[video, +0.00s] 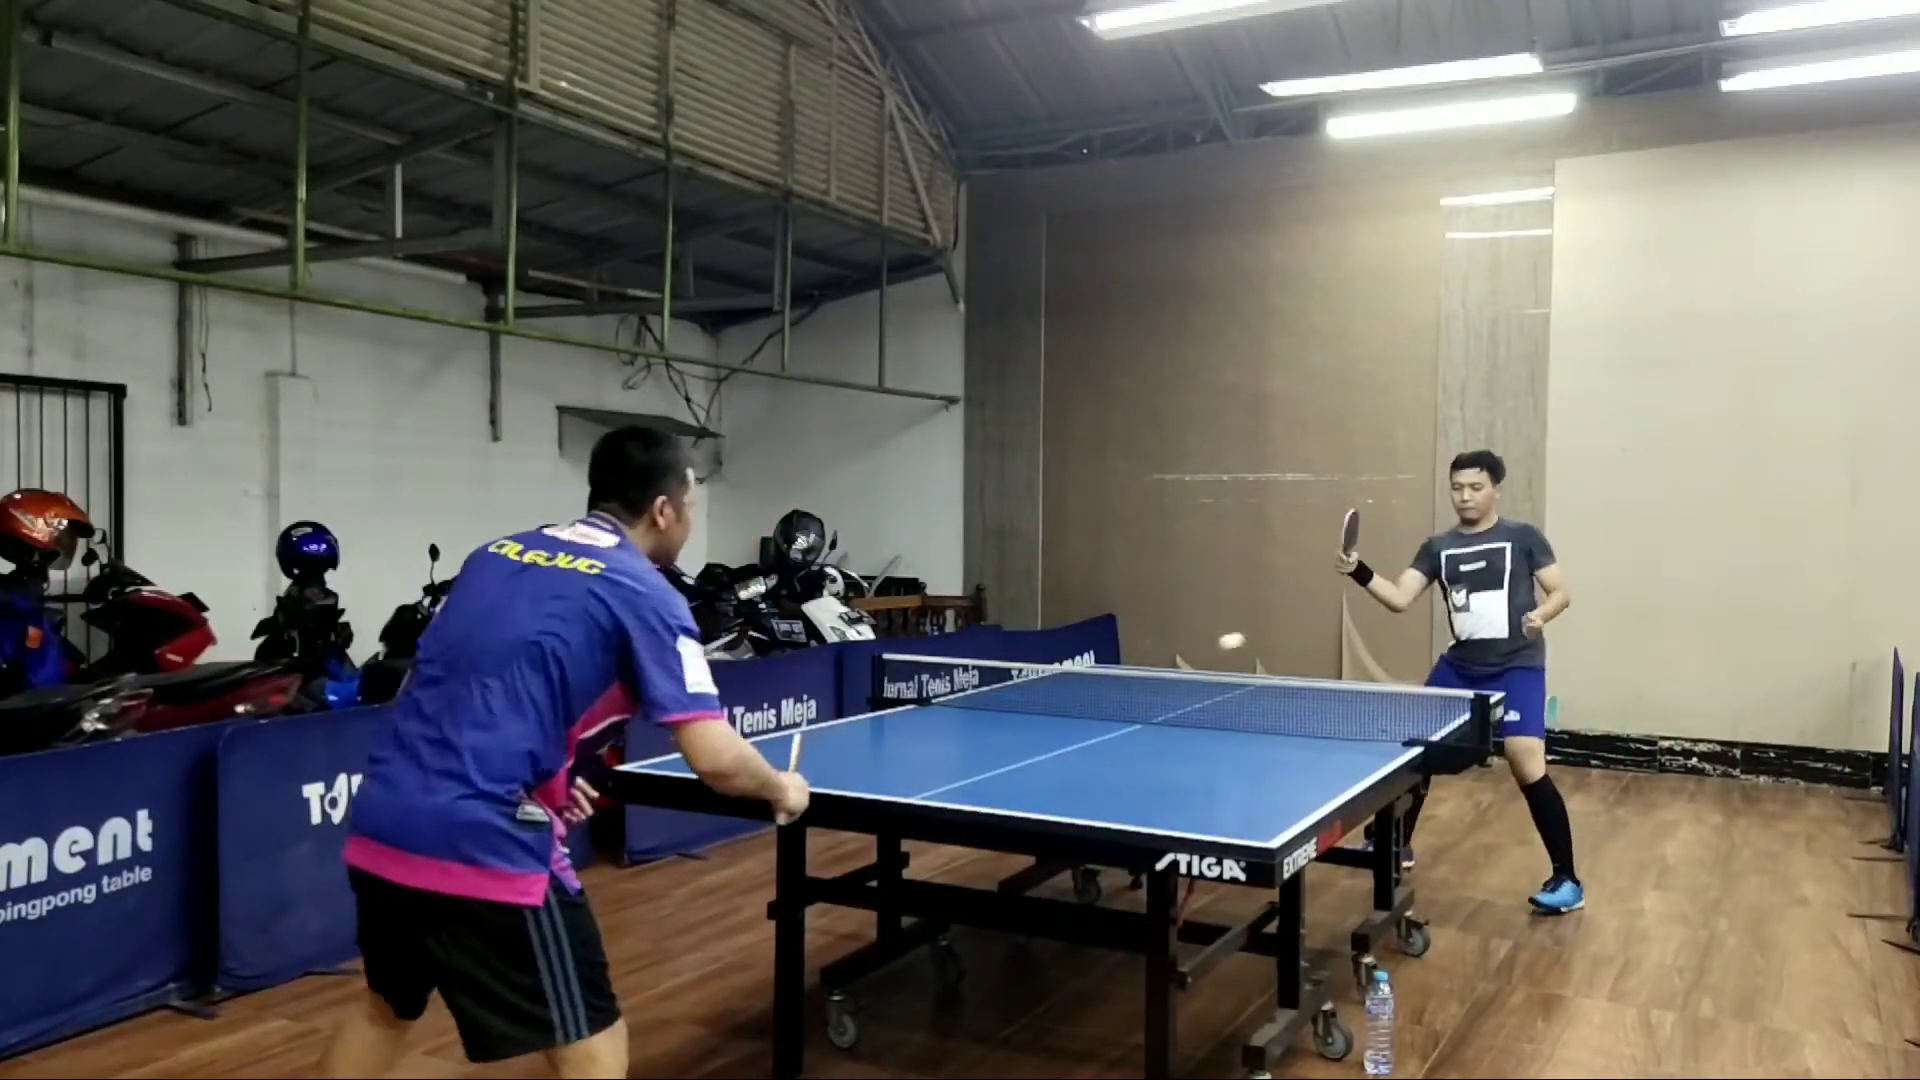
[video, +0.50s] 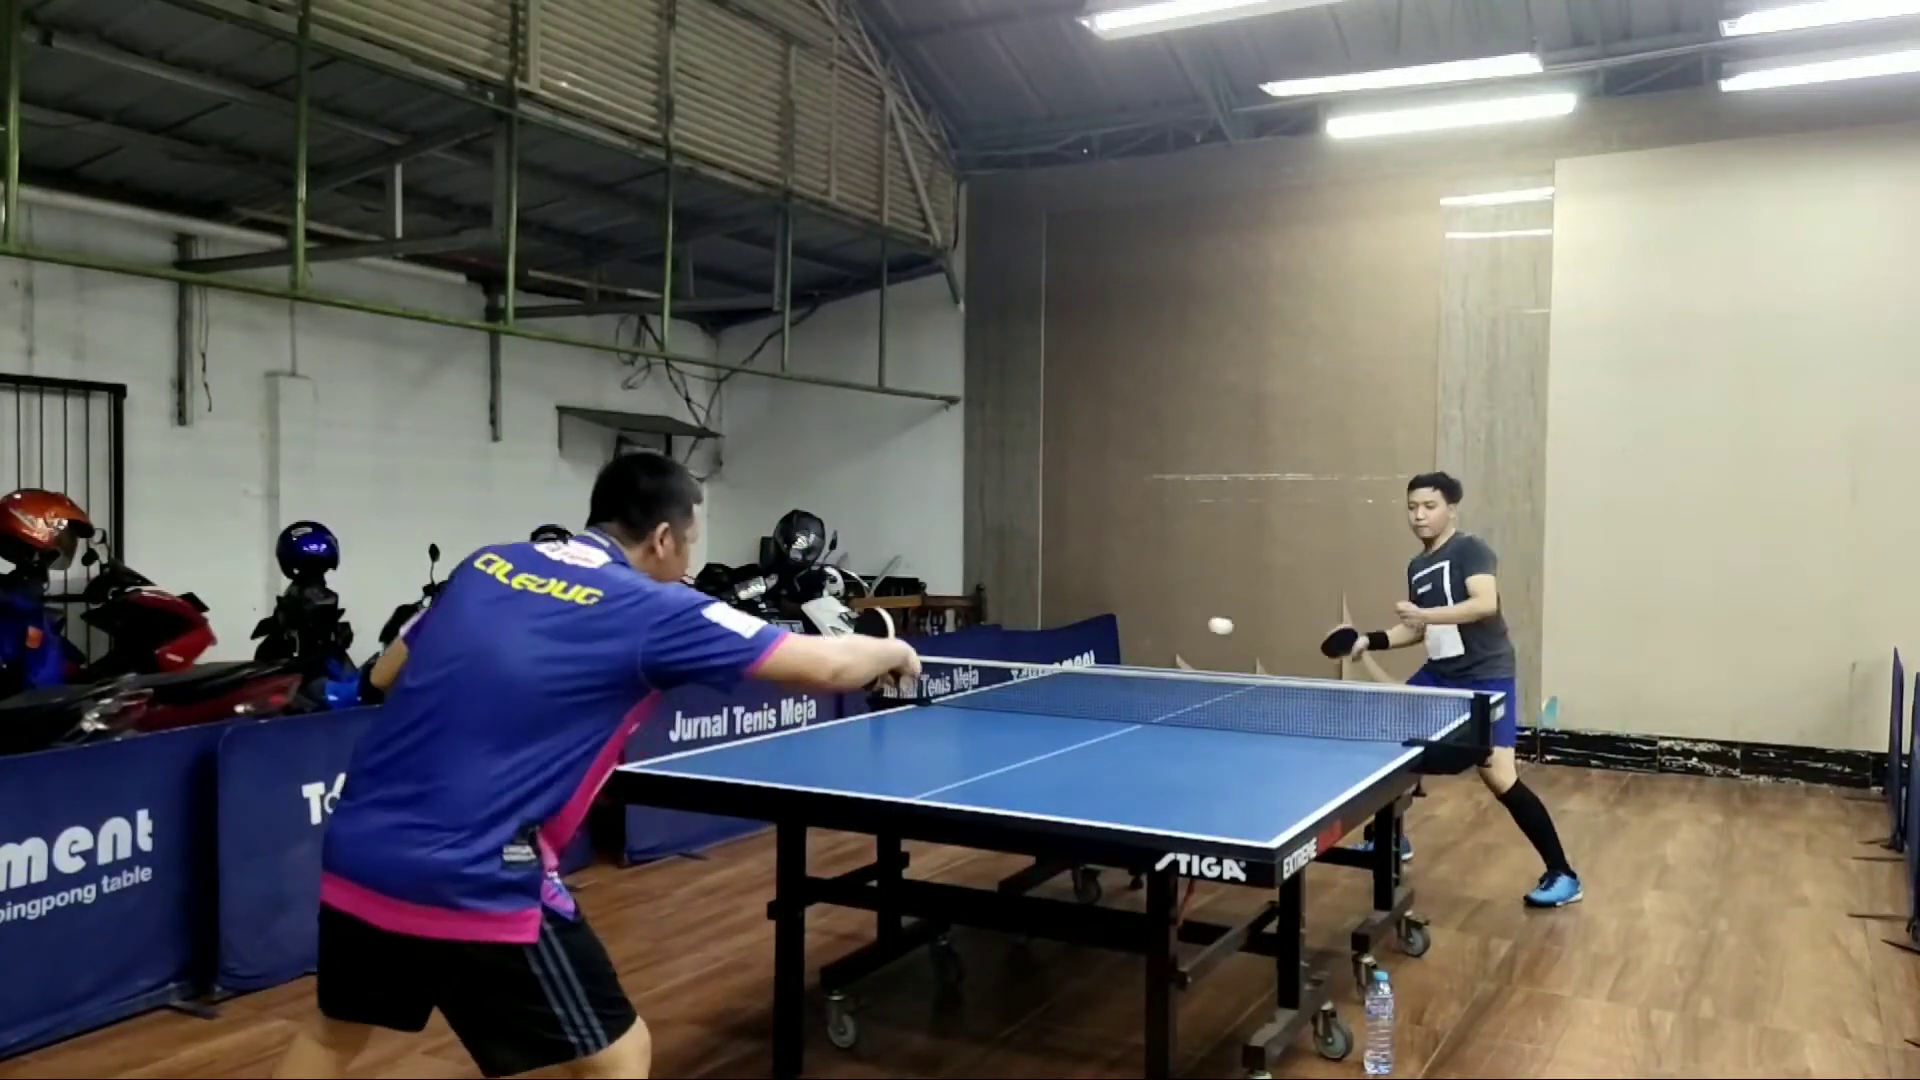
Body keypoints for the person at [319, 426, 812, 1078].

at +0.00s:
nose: (692, 519)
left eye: (691, 501)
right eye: (690, 502)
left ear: (596, 496)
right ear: (662, 509)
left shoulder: (498, 551)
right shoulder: (645, 592)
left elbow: (442, 681)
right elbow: (716, 757)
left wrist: (539, 760)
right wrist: (778, 790)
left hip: (378, 828)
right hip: (488, 845)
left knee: (382, 1006)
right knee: (592, 1043)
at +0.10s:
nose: (675, 541)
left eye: (676, 525)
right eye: (674, 523)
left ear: (584, 511)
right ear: (645, 525)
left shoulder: (489, 568)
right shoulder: (623, 610)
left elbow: (455, 708)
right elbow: (694, 771)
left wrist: (556, 774)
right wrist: (755, 790)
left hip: (361, 851)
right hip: (474, 867)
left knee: (350, 1037)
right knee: (603, 1046)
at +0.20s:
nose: (676, 582)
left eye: (679, 567)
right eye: (678, 566)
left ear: (592, 538)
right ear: (653, 559)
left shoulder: (484, 585)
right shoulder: (626, 641)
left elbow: (451, 718)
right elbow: (717, 789)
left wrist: (556, 766)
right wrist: (761, 768)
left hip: (353, 869)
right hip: (468, 888)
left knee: (365, 1032)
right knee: (619, 1051)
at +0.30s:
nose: (690, 597)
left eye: (694, 582)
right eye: (692, 582)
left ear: (605, 551)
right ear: (666, 576)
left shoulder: (494, 588)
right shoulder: (650, 648)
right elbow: (804, 749)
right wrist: (850, 729)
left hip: (354, 873)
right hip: (470, 896)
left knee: (361, 1036)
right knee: (631, 1054)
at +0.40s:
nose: (697, 584)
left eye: (697, 570)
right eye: (697, 569)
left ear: (603, 540)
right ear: (672, 560)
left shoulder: (492, 579)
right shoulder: (660, 630)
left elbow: (396, 690)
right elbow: (837, 693)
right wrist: (900, 687)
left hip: (357, 872)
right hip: (482, 894)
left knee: (349, 1042)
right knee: (630, 1056)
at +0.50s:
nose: (691, 559)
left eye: (692, 544)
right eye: (691, 544)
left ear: (595, 519)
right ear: (662, 537)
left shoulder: (486, 563)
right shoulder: (650, 608)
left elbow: (385, 675)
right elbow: (823, 666)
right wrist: (892, 652)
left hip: (353, 861)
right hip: (478, 883)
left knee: (332, 1038)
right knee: (616, 1054)